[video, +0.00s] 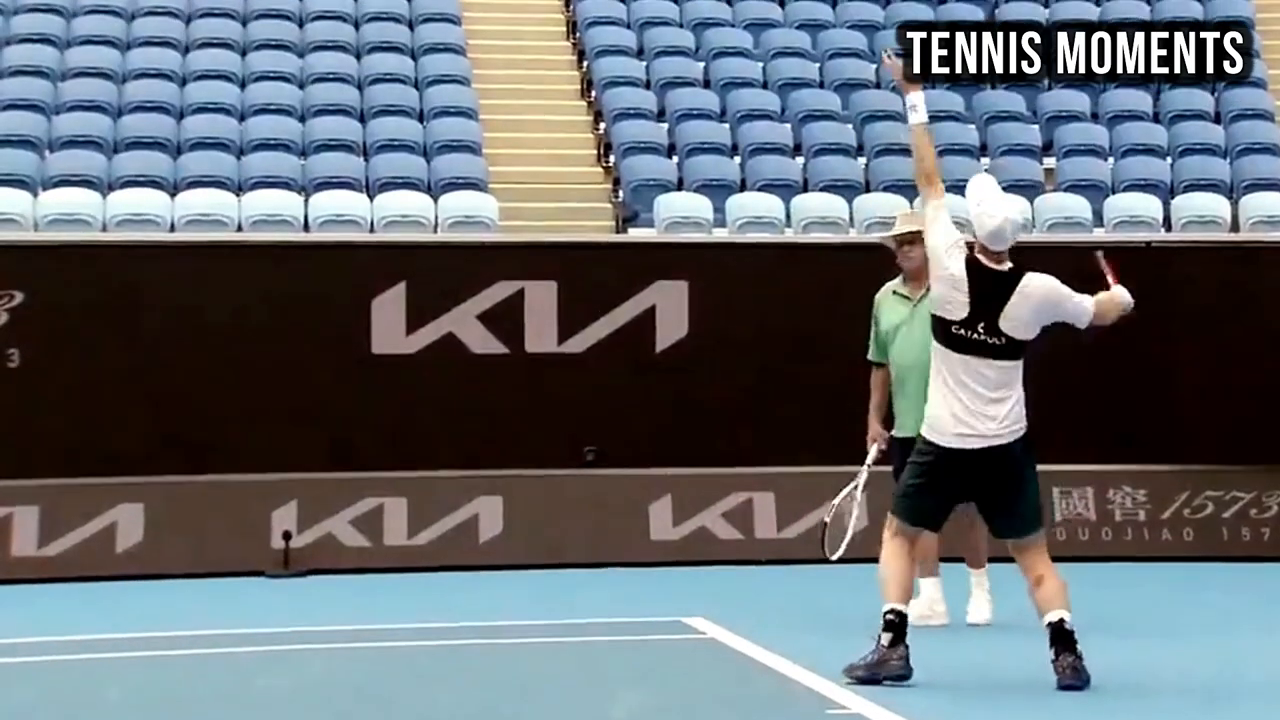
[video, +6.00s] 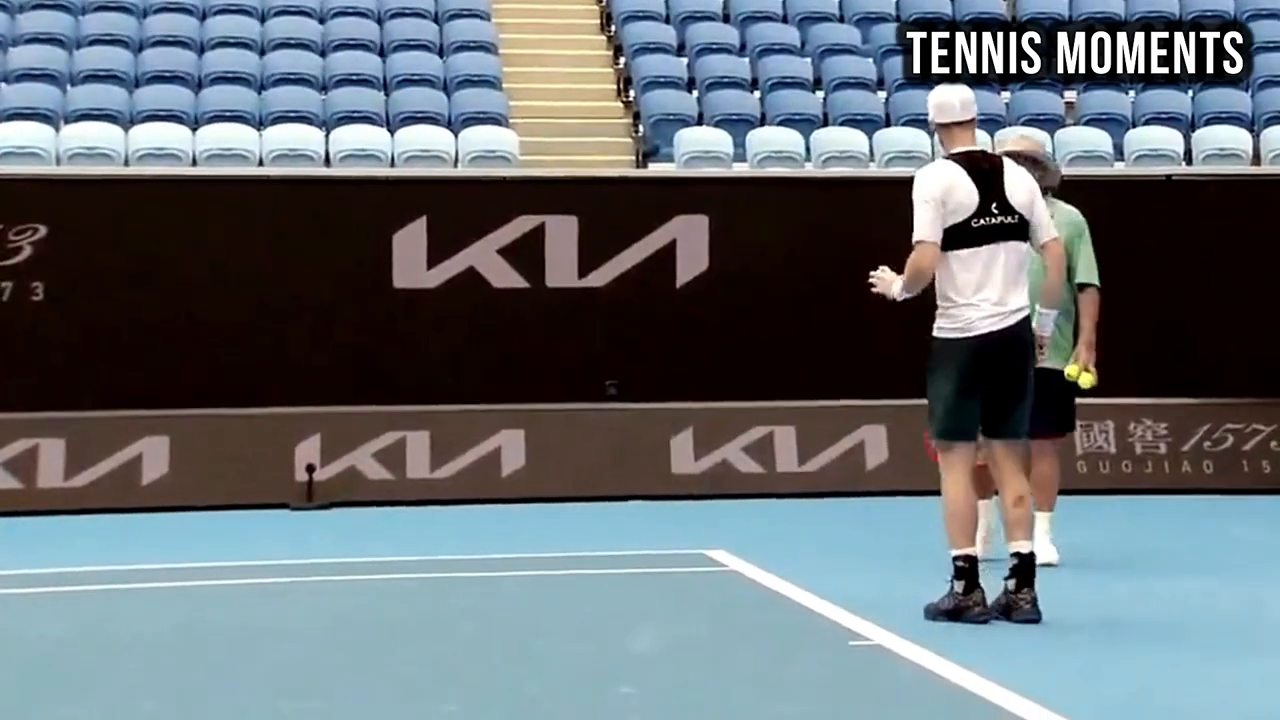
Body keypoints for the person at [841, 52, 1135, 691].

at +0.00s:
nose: (963, 222)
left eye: (967, 219)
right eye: (986, 218)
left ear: (971, 234)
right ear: (1015, 237)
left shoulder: (947, 266)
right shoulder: (1039, 291)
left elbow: (929, 181)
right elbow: (1103, 311)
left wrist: (912, 96)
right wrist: (1119, 291)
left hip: (943, 442)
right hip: (1006, 444)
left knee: (898, 534)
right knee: (1034, 556)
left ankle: (892, 647)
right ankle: (1066, 653)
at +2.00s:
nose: (475, 177)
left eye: (484, 168)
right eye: (477, 168)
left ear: (514, 178)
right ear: (509, 179)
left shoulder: (535, 240)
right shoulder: (516, 241)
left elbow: (553, 329)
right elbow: (517, 346)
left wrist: (533, 408)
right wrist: (478, 404)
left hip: (534, 412)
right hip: (534, 410)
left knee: (468, 527)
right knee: (526, 542)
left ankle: (496, 670)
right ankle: (621, 637)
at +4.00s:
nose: (844, 157)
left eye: (837, 150)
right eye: (844, 150)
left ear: (800, 152)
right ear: (841, 152)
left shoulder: (766, 202)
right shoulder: (845, 197)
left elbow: (741, 283)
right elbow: (859, 279)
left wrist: (751, 360)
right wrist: (881, 361)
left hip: (778, 360)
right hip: (829, 353)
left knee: (809, 488)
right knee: (851, 485)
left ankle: (818, 611)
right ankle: (790, 584)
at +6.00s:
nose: (942, 132)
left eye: (936, 125)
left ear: (934, 127)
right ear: (976, 120)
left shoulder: (932, 178)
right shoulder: (1018, 173)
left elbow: (926, 261)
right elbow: (1055, 254)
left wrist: (899, 287)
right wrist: (1044, 317)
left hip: (958, 344)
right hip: (1015, 340)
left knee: (955, 464)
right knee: (1012, 461)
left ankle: (966, 589)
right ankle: (1022, 591)